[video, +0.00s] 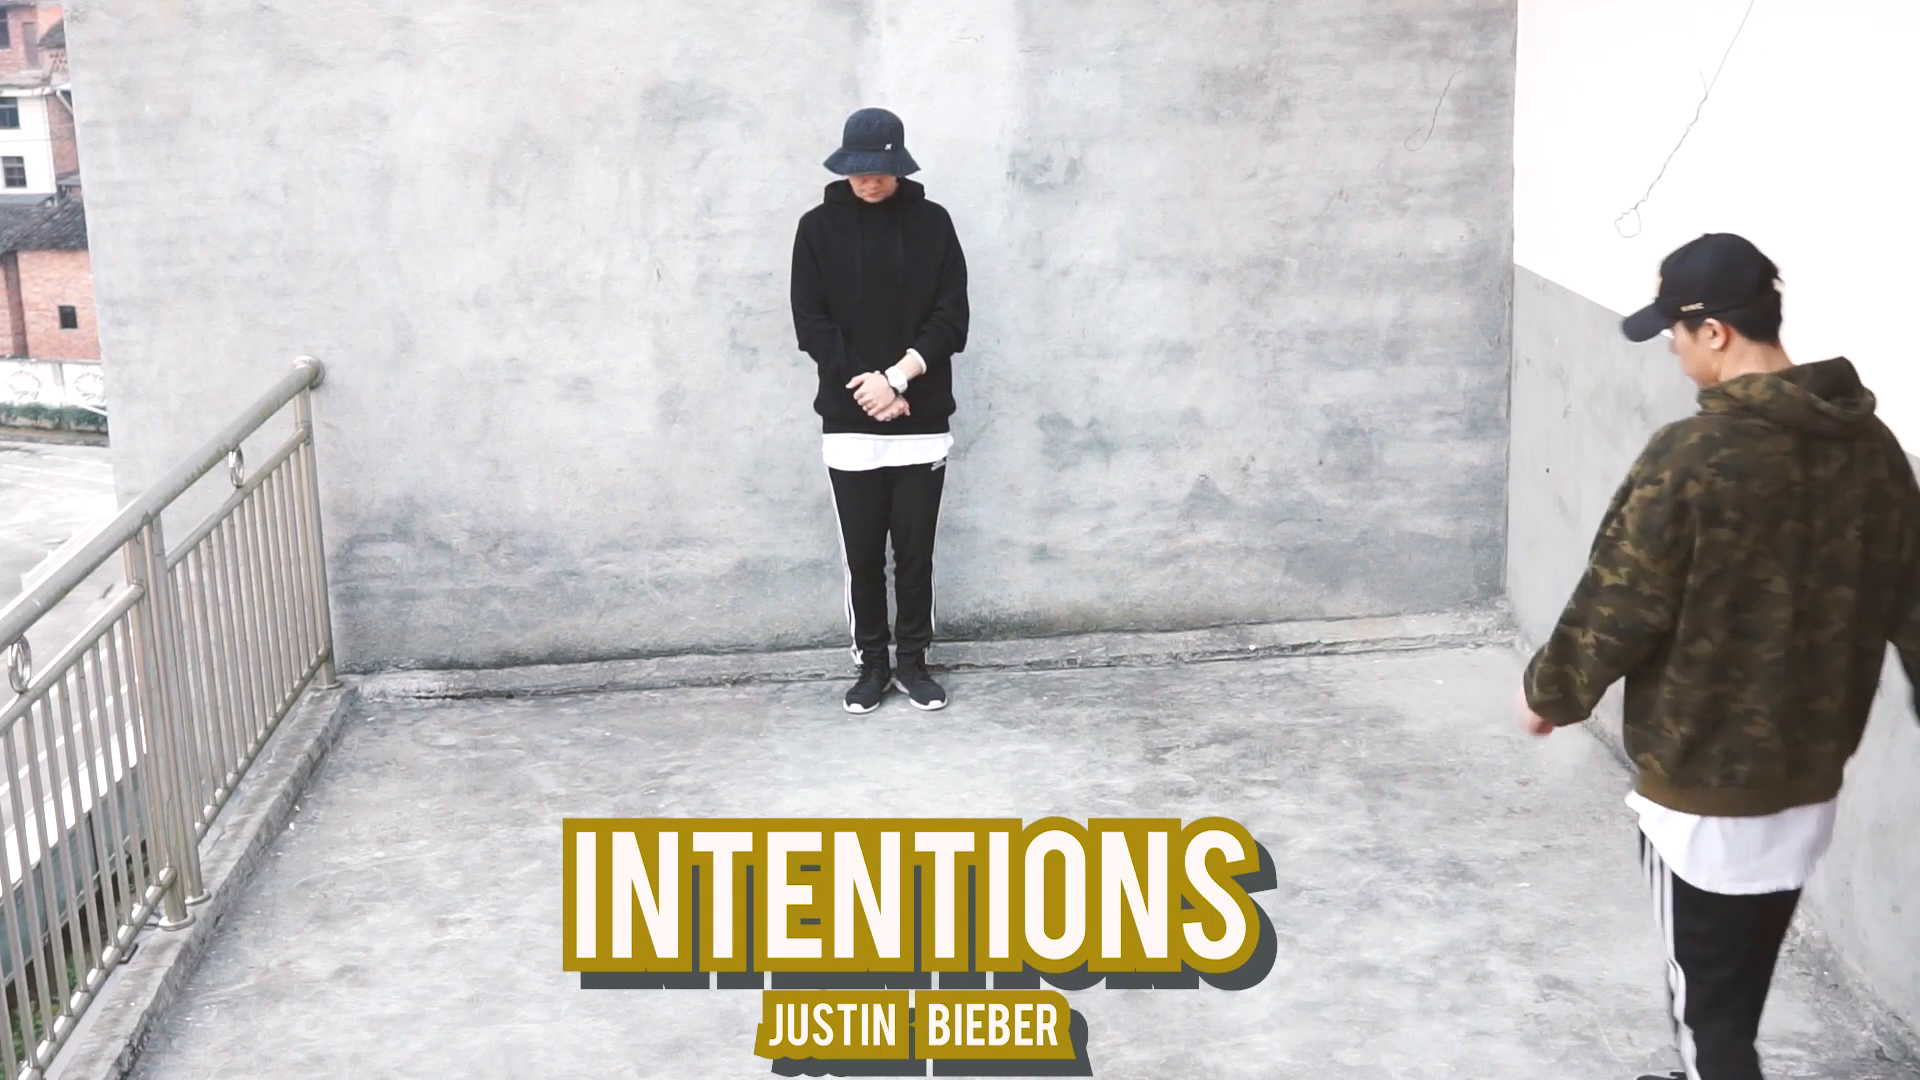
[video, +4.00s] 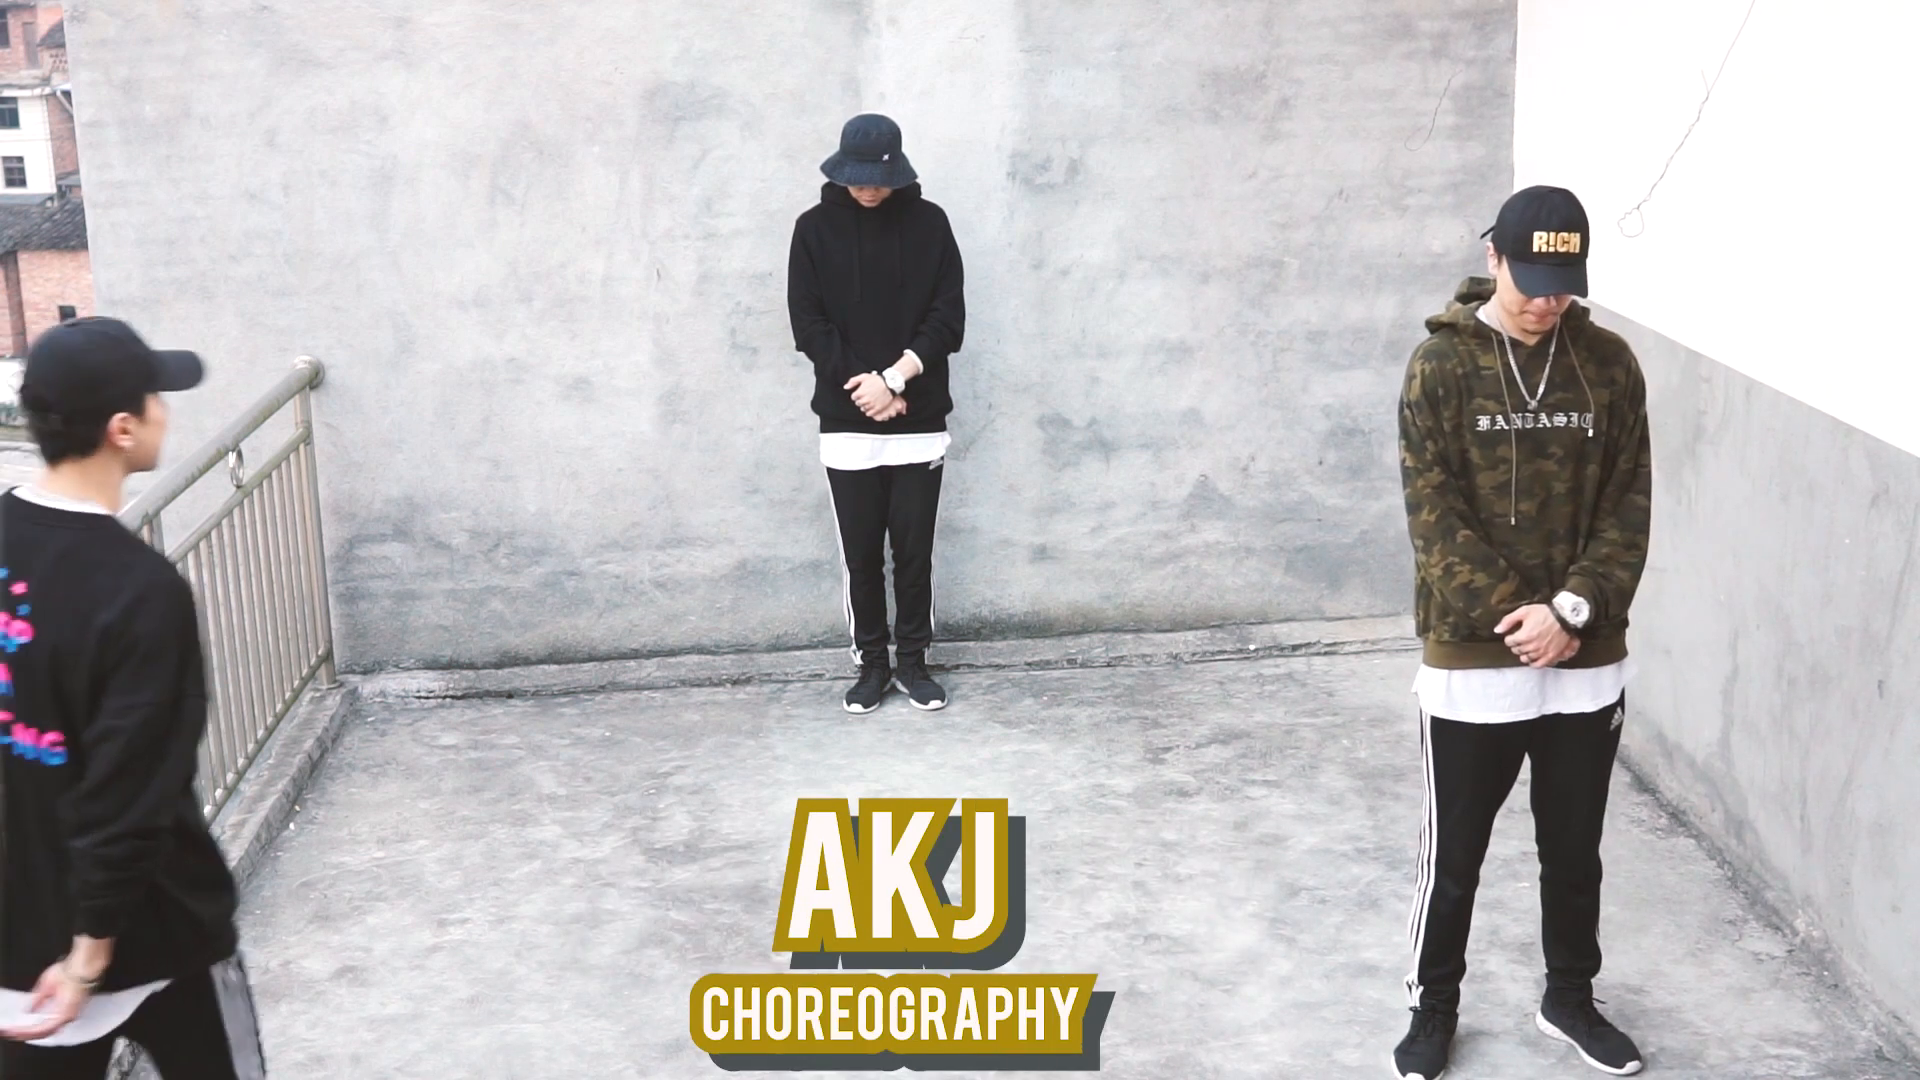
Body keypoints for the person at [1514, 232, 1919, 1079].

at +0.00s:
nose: (1674, 354)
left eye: (1674, 334)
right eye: (1670, 337)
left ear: (1713, 331)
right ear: (1759, 319)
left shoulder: (1693, 454)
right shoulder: (1879, 454)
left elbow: (1621, 605)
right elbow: (1913, 611)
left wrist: (1551, 693)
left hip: (1705, 780)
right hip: (1814, 771)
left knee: (1715, 1019)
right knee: (1740, 999)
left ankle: (1722, 1066)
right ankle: (1714, 1058)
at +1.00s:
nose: (1561, 335)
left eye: (1578, 319)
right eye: (1545, 316)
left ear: (1599, 302)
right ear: (1505, 287)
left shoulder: (1634, 392)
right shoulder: (1451, 386)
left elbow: (1650, 550)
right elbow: (1391, 516)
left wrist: (1573, 661)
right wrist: (1352, 644)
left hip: (1594, 690)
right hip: (1479, 682)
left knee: (1575, 881)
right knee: (1458, 871)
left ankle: (1567, 1041)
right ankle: (1427, 1022)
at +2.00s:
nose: (1616, 312)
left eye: (1634, 295)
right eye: (1601, 291)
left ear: (1655, 285)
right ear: (1564, 267)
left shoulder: (1680, 375)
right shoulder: (1505, 368)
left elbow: (1691, 521)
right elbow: (1480, 518)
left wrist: (1625, 615)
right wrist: (1566, 623)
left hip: (1626, 667)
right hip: (1508, 660)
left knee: (1616, 853)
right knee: (1470, 849)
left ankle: (1607, 1005)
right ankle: (1431, 1003)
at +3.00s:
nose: (1560, 304)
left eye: (1575, 286)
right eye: (1543, 285)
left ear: (1594, 274)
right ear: (1503, 262)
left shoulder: (1619, 365)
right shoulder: (1450, 364)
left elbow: (1637, 510)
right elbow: (1440, 517)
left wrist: (1584, 613)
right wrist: (1528, 621)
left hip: (1592, 662)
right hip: (1478, 663)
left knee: (1579, 851)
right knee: (1457, 854)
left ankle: (1571, 997)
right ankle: (1433, 1008)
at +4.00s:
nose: (1552, 301)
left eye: (1566, 285)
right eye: (1535, 283)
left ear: (1585, 272)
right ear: (1495, 260)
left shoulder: (1611, 363)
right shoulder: (1442, 361)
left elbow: (1629, 507)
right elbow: (1433, 514)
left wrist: (1575, 610)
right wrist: (1522, 620)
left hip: (1586, 659)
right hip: (1472, 661)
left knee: (1575, 849)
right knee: (1453, 853)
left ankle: (1571, 998)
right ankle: (1433, 1007)